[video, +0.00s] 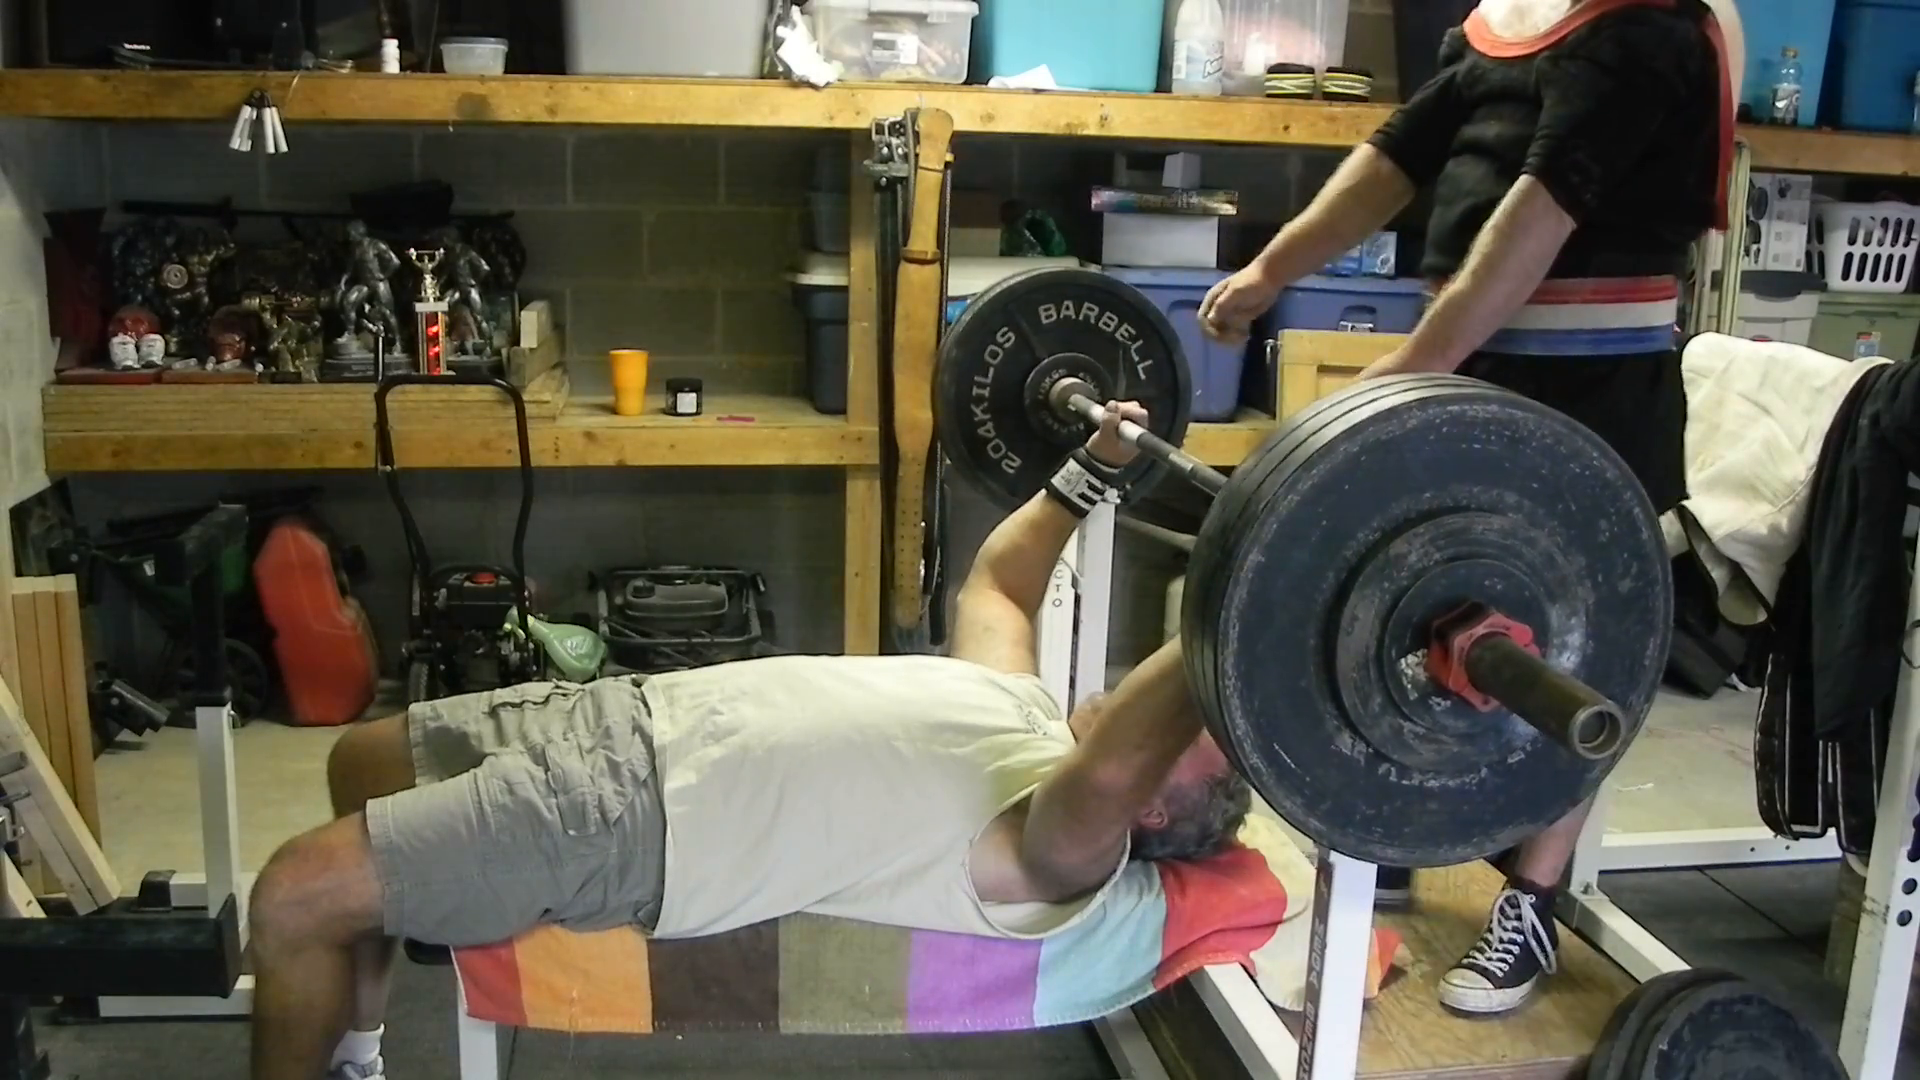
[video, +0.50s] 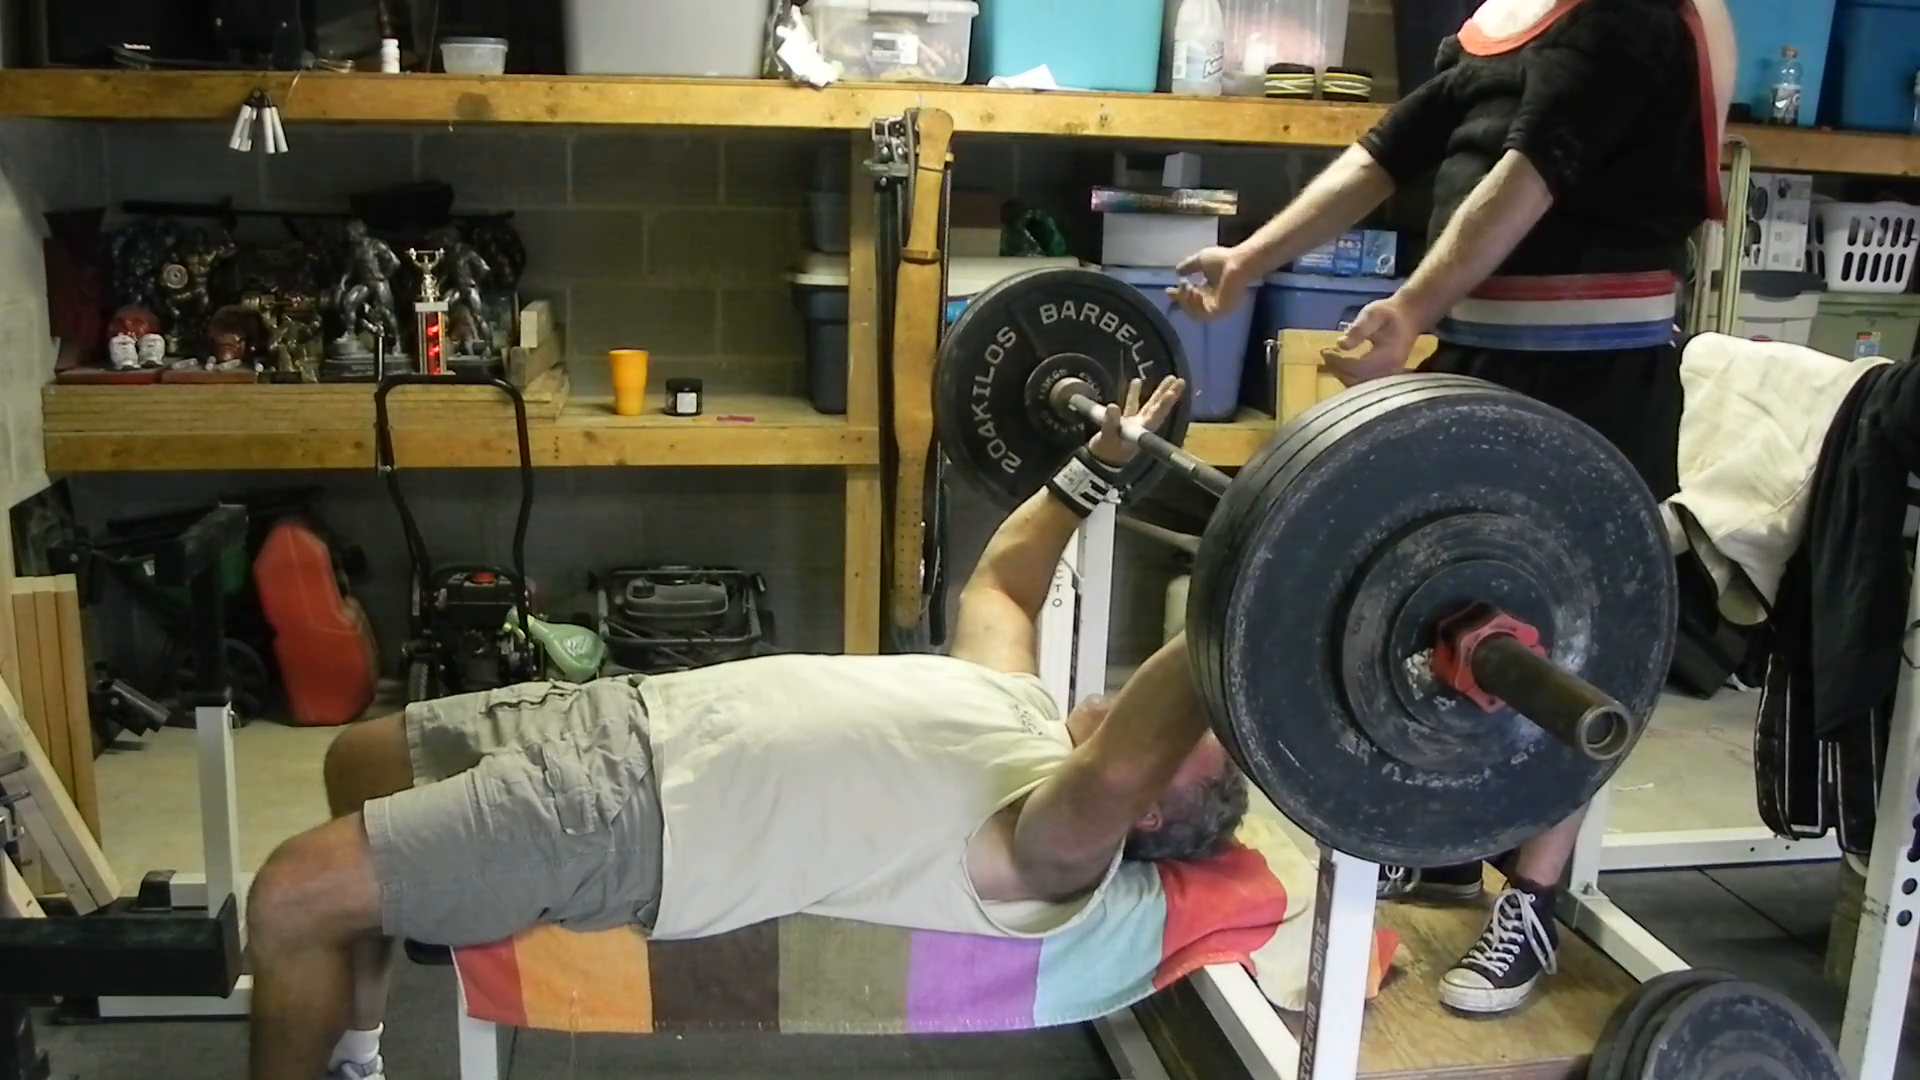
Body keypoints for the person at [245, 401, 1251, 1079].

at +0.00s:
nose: (1166, 718)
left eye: (1199, 738)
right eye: (1189, 711)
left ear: (1194, 803)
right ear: (1161, 732)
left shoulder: (1061, 857)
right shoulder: (1009, 716)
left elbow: (1121, 748)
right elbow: (1005, 583)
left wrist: (1249, 614)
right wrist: (1089, 472)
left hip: (631, 822)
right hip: (621, 711)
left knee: (297, 892)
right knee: (367, 763)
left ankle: (295, 1063)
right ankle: (350, 1040)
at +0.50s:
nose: (1168, 725)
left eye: (1194, 746)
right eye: (1185, 717)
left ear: (1172, 814)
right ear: (1149, 733)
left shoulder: (1050, 847)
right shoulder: (1007, 707)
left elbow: (1132, 754)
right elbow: (1007, 583)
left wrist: (1273, 593)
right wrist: (1102, 453)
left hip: (626, 821)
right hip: (616, 709)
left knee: (295, 890)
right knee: (360, 762)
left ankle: (298, 1068)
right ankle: (350, 1048)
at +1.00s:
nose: (1157, 686)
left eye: (1190, 713)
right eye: (1182, 684)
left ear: (1206, 787)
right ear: (1171, 731)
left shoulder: (1081, 835)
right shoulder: (1031, 705)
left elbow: (1158, 740)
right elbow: (1006, 580)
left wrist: (1280, 591)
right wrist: (1093, 473)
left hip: (640, 818)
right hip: (626, 708)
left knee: (304, 895)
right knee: (370, 763)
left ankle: (304, 1061)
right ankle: (349, 1032)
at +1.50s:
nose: (1182, 695)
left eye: (1208, 712)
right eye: (1199, 689)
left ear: (1208, 766)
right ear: (1174, 669)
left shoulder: (1092, 809)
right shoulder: (1047, 670)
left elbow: (1112, 741)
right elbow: (991, 563)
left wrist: (1248, 609)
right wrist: (1088, 473)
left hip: (673, 814)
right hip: (649, 706)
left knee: (338, 903)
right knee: (391, 766)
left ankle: (319, 1064)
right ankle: (368, 985)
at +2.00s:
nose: (1185, 731)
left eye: (1218, 745)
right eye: (1202, 716)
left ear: (1206, 810)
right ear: (1173, 719)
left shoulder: (1074, 851)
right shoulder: (1017, 702)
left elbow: (1125, 761)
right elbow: (999, 570)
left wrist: (1250, 623)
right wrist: (1086, 472)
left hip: (656, 821)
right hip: (635, 709)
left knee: (320, 914)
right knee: (384, 768)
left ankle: (318, 1062)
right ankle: (424, 951)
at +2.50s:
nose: (1197, 738)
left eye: (1225, 748)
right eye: (1211, 722)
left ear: (1216, 808)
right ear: (1187, 732)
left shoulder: (1097, 857)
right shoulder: (1043, 714)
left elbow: (1132, 763)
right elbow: (1007, 581)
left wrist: (1231, 605)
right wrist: (1089, 474)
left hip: (675, 819)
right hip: (658, 710)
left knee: (339, 922)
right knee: (395, 768)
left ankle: (330, 1067)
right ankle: (427, 980)